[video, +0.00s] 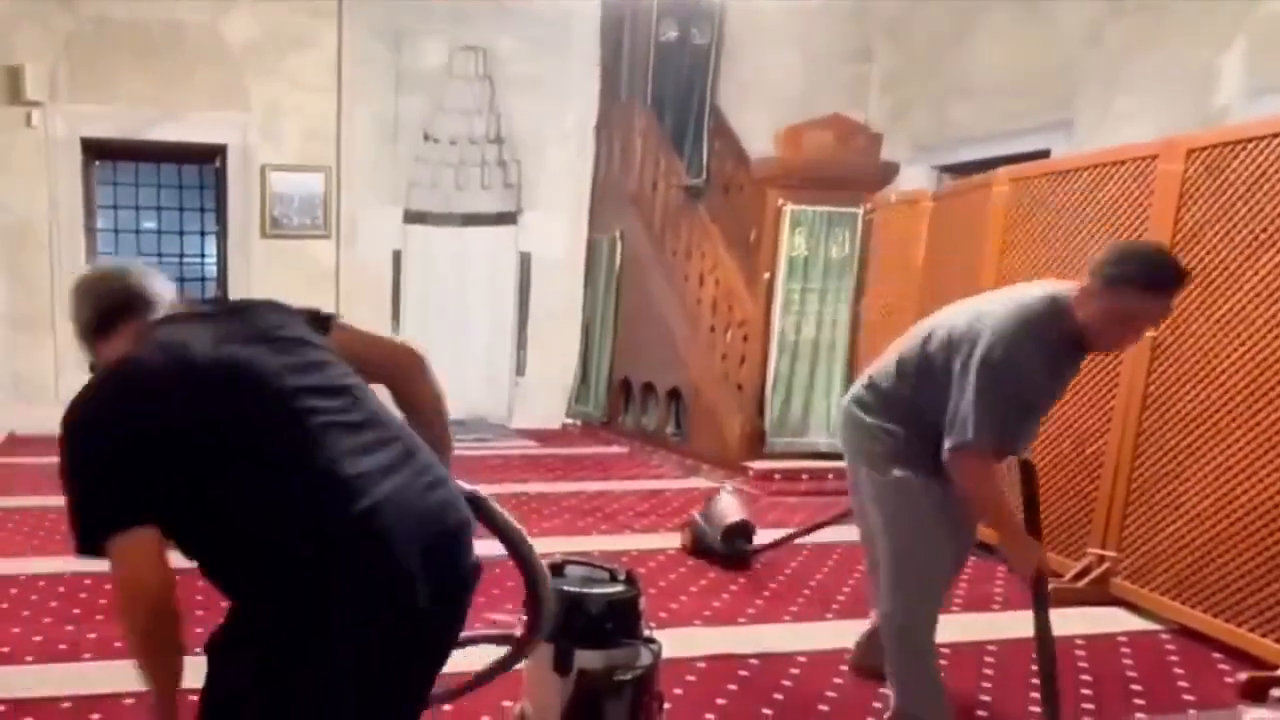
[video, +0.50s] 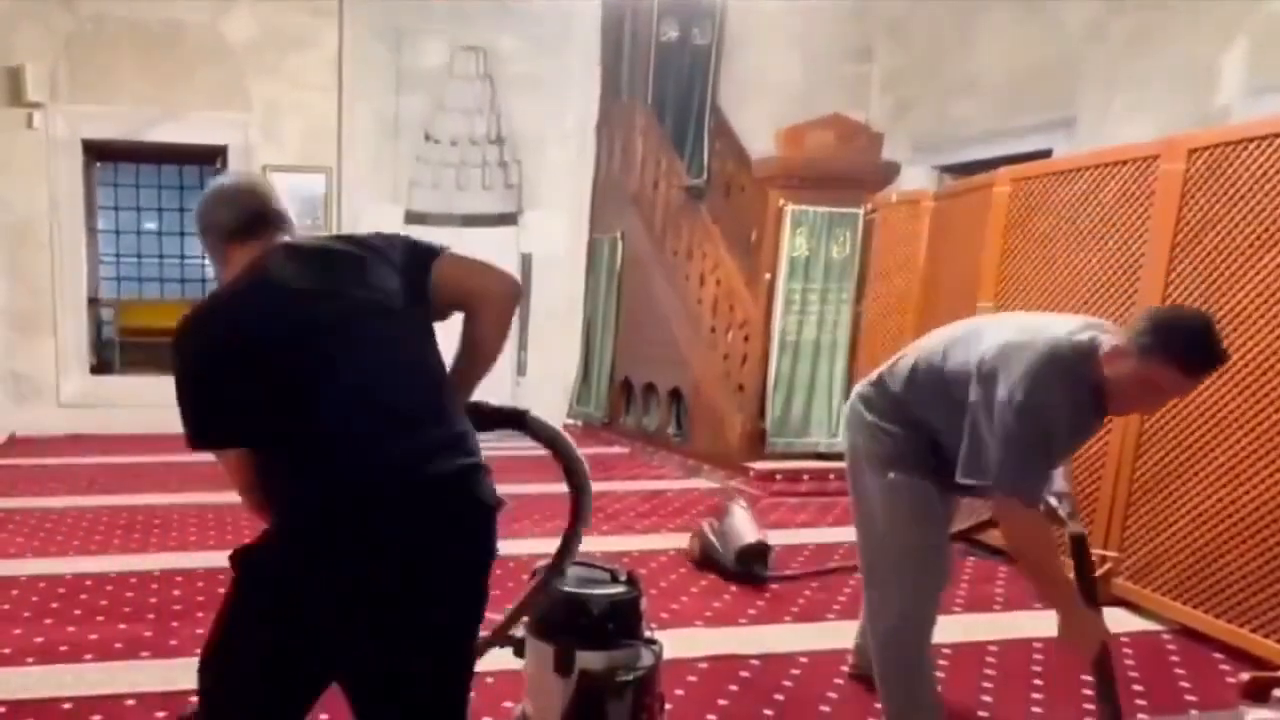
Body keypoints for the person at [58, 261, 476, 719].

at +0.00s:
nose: (103, 369)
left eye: (95, 360)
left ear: (97, 347)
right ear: (172, 301)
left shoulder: (102, 410)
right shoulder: (256, 316)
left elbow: (148, 593)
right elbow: (405, 363)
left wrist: (165, 703)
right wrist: (436, 484)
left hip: (324, 585)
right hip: (440, 543)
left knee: (237, 705)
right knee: (380, 705)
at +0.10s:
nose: (149, 329)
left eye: (143, 317)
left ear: (143, 306)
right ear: (217, 274)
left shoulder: (143, 378)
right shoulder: (303, 296)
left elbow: (181, 557)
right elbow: (441, 358)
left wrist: (217, 630)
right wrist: (448, 479)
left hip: (334, 572)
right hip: (450, 537)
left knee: (251, 700)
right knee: (383, 701)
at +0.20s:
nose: (187, 303)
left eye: (184, 292)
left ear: (184, 279)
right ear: (259, 252)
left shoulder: (183, 349)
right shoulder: (344, 277)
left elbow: (206, 523)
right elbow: (470, 343)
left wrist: (262, 589)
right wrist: (452, 462)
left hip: (338, 556)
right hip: (459, 530)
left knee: (263, 710)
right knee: (396, 705)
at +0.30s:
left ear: (207, 262)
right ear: (281, 232)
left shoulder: (202, 336)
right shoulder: (367, 264)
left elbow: (242, 516)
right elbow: (486, 333)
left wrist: (291, 549)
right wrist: (445, 436)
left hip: (334, 541)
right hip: (463, 516)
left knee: (238, 708)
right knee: (412, 703)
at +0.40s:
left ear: (217, 249)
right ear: (289, 225)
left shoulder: (209, 329)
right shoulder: (377, 256)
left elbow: (255, 494)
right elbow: (495, 312)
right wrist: (449, 417)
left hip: (333, 533)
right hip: (462, 514)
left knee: (236, 701)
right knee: (419, 703)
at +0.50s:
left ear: (216, 251)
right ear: (288, 223)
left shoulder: (210, 328)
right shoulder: (375, 255)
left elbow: (252, 487)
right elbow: (495, 289)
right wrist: (453, 398)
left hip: (324, 534)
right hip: (452, 514)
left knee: (239, 703)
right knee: (424, 703)